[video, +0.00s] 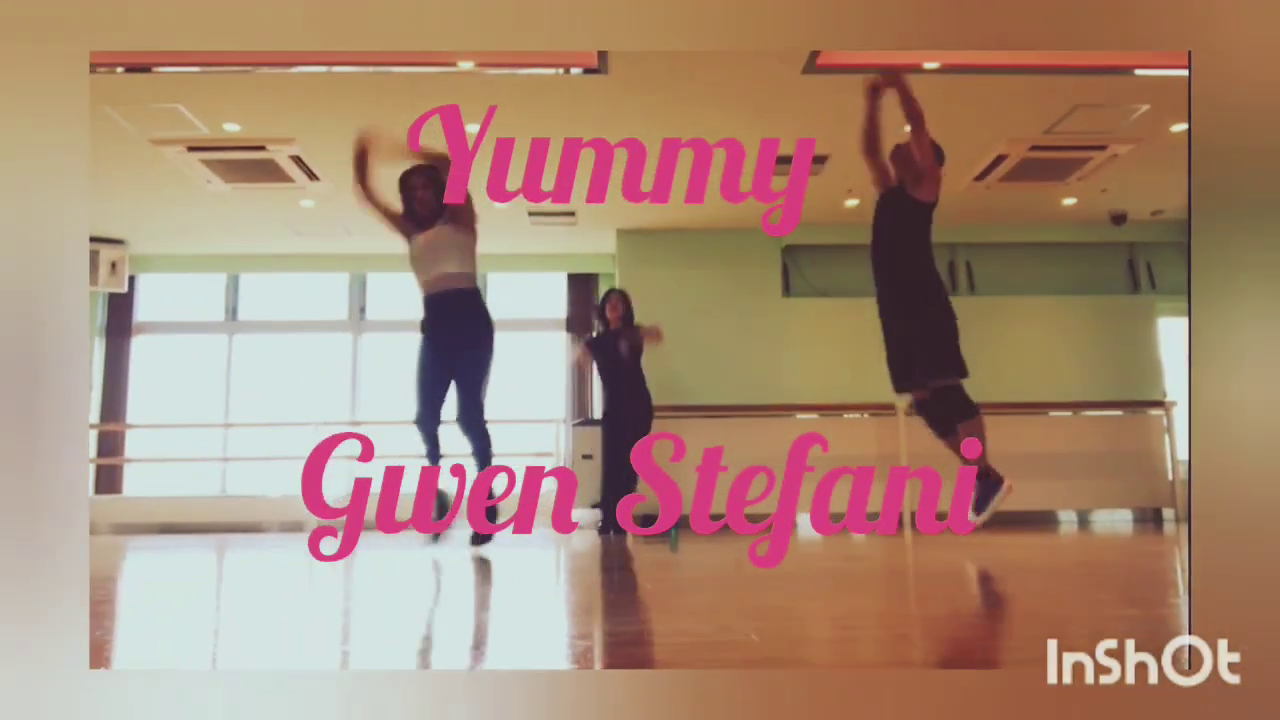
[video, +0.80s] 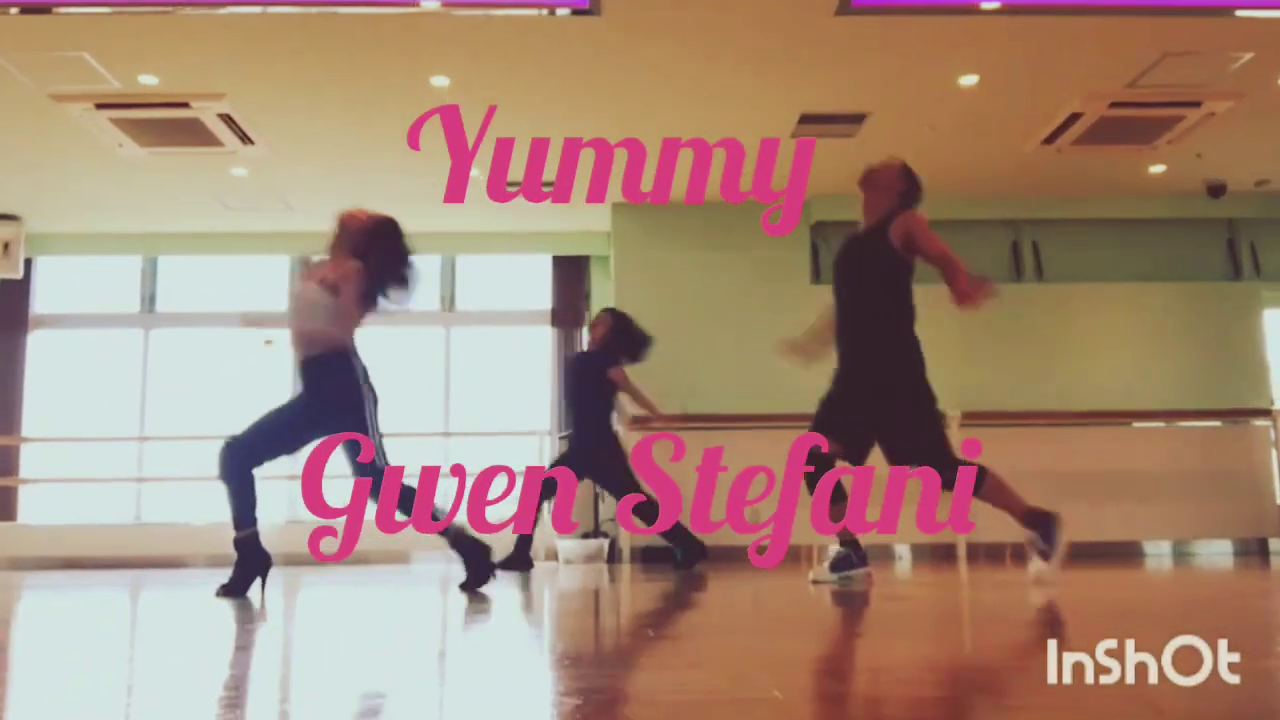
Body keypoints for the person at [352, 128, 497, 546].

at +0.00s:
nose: (419, 194)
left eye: (425, 187)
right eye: (411, 190)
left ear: (440, 189)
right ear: (405, 196)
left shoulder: (461, 218)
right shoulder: (410, 228)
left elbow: (460, 175)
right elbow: (366, 195)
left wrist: (433, 155)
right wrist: (362, 154)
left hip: (471, 320)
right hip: (437, 323)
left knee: (471, 416)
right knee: (426, 417)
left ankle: (486, 496)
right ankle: (435, 493)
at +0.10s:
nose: (419, 203)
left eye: (426, 195)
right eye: (414, 196)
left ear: (441, 197)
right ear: (408, 202)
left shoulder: (458, 223)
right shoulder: (419, 234)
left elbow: (456, 166)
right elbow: (413, 179)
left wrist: (441, 120)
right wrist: (415, 127)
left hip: (474, 329)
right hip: (447, 334)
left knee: (475, 420)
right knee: (456, 425)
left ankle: (502, 508)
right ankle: (491, 502)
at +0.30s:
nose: (412, 243)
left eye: (413, 235)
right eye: (408, 238)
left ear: (428, 228)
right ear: (419, 233)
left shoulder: (463, 248)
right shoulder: (435, 256)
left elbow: (457, 195)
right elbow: (408, 214)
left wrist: (450, 153)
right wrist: (417, 168)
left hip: (483, 361)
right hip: (460, 365)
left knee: (459, 449)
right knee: (406, 435)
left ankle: (509, 518)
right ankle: (451, 501)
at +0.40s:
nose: (418, 246)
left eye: (419, 238)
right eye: (415, 239)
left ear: (434, 230)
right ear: (424, 236)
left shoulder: (467, 257)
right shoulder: (438, 262)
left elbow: (448, 235)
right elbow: (405, 249)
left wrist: (431, 204)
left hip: (467, 369)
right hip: (446, 372)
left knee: (446, 461)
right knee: (369, 421)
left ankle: (505, 525)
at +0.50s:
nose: (417, 227)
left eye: (424, 219)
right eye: (419, 219)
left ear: (439, 222)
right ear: (458, 225)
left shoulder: (448, 259)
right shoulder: (432, 262)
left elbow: (459, 306)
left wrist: (462, 318)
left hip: (436, 372)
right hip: (420, 373)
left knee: (429, 471)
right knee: (338, 437)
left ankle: (501, 534)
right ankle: (302, 530)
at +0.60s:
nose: (424, 224)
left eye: (434, 224)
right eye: (432, 221)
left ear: (435, 243)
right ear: (448, 254)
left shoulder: (415, 271)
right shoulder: (408, 272)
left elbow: (440, 327)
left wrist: (469, 373)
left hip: (398, 388)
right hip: (394, 388)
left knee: (411, 487)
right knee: (302, 444)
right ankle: (273, 540)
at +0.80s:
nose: (339, 230)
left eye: (348, 227)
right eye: (343, 226)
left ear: (360, 243)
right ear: (349, 240)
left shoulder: (354, 272)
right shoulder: (324, 269)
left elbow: (352, 306)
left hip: (347, 391)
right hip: (317, 394)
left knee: (375, 481)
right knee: (235, 456)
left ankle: (469, 547)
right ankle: (249, 552)